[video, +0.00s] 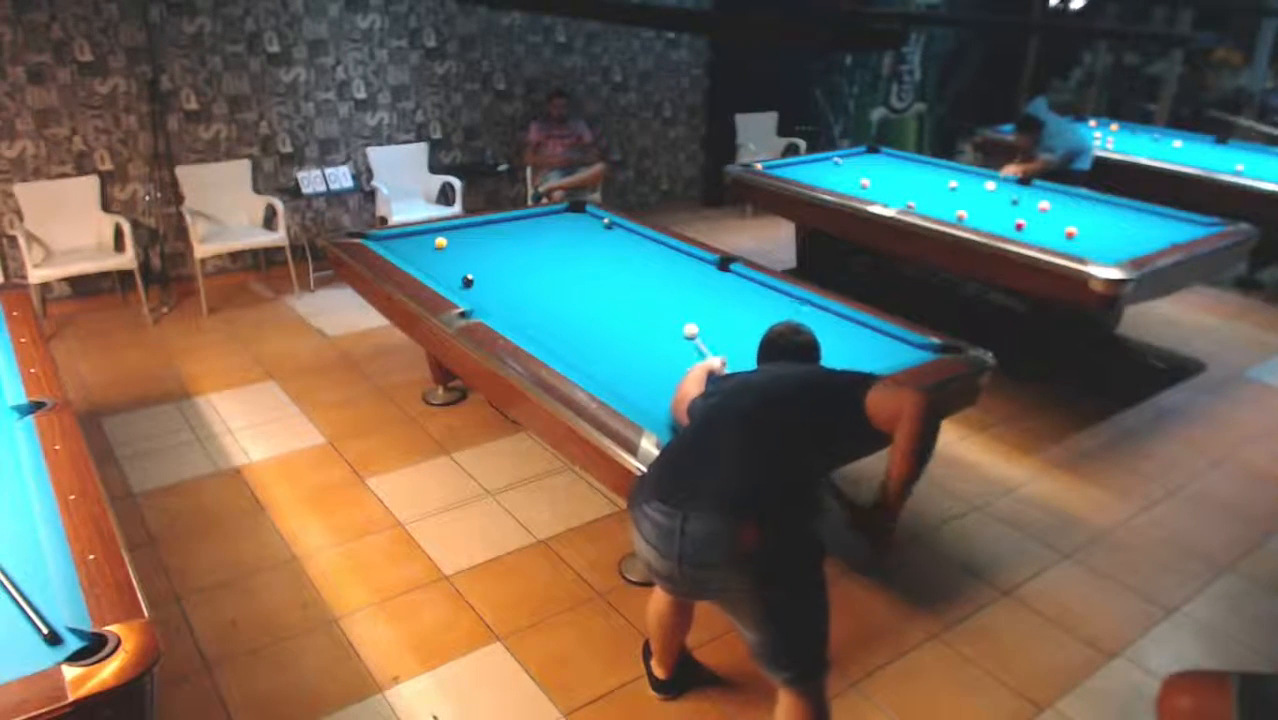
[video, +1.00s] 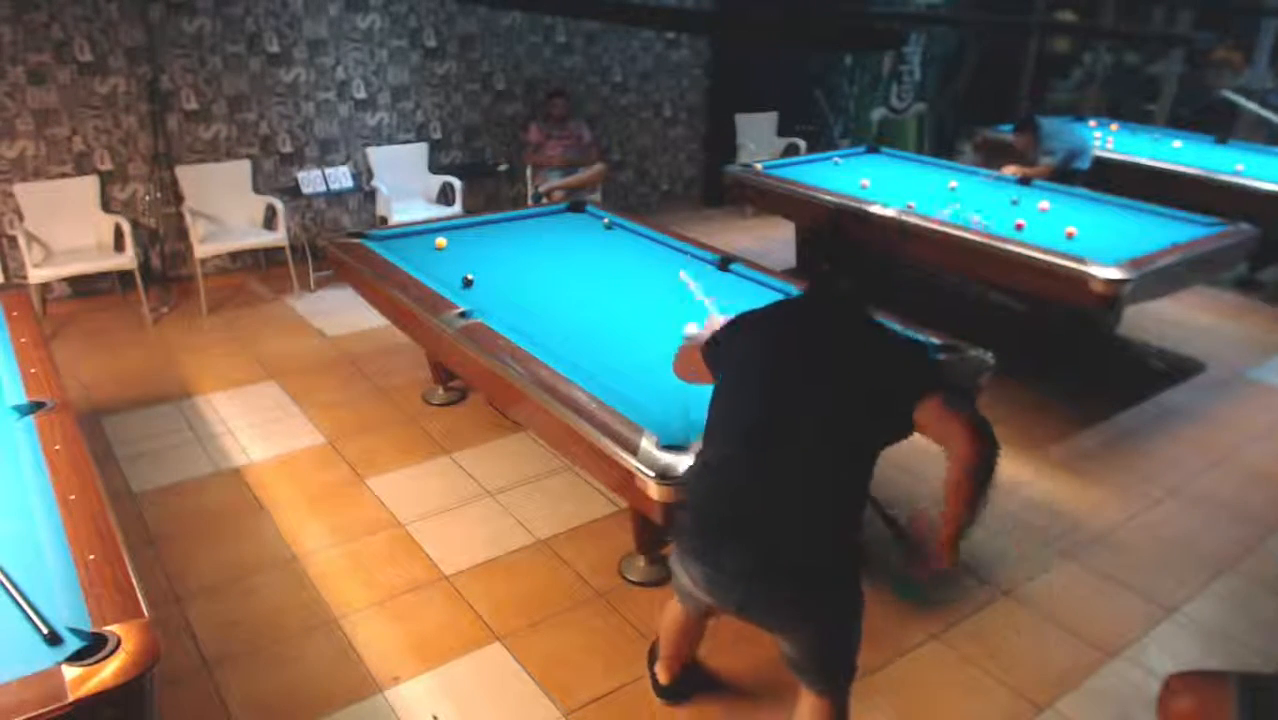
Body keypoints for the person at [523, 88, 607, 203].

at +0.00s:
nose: (559, 111)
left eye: (563, 107)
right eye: (556, 107)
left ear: (568, 108)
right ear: (549, 108)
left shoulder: (578, 125)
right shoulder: (538, 126)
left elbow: (593, 154)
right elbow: (529, 158)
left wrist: (570, 160)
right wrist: (557, 161)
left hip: (576, 166)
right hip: (550, 169)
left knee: (601, 168)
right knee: (558, 196)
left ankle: (549, 187)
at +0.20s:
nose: (559, 110)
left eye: (562, 106)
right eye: (555, 106)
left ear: (568, 107)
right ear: (548, 108)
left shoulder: (578, 125)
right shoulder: (538, 127)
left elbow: (591, 153)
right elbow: (529, 156)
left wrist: (567, 160)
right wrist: (552, 162)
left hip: (576, 166)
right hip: (550, 170)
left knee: (600, 168)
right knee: (558, 196)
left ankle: (551, 186)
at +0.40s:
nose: (559, 110)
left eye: (562, 106)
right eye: (555, 106)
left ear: (568, 107)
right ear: (548, 108)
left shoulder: (578, 126)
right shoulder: (538, 128)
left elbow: (591, 153)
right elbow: (529, 156)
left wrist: (568, 160)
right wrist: (552, 162)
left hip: (577, 166)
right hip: (550, 170)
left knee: (600, 168)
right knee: (558, 196)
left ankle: (551, 186)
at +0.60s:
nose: (559, 110)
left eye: (562, 106)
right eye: (555, 107)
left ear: (568, 107)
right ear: (548, 108)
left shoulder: (578, 126)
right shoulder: (538, 128)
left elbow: (591, 153)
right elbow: (529, 156)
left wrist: (567, 160)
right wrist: (552, 162)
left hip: (577, 166)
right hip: (550, 170)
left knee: (600, 168)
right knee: (558, 196)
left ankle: (551, 186)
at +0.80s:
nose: (559, 110)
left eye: (563, 106)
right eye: (555, 106)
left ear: (568, 107)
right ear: (548, 108)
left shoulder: (578, 126)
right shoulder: (538, 127)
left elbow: (592, 154)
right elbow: (529, 156)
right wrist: (555, 161)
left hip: (576, 166)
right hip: (549, 170)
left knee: (600, 169)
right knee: (559, 196)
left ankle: (551, 186)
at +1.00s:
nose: (559, 110)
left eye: (563, 106)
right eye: (555, 106)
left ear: (568, 107)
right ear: (548, 108)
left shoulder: (578, 126)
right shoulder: (538, 127)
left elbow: (592, 154)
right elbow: (529, 156)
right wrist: (555, 161)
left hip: (576, 166)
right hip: (549, 170)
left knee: (600, 169)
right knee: (559, 196)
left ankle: (551, 186)